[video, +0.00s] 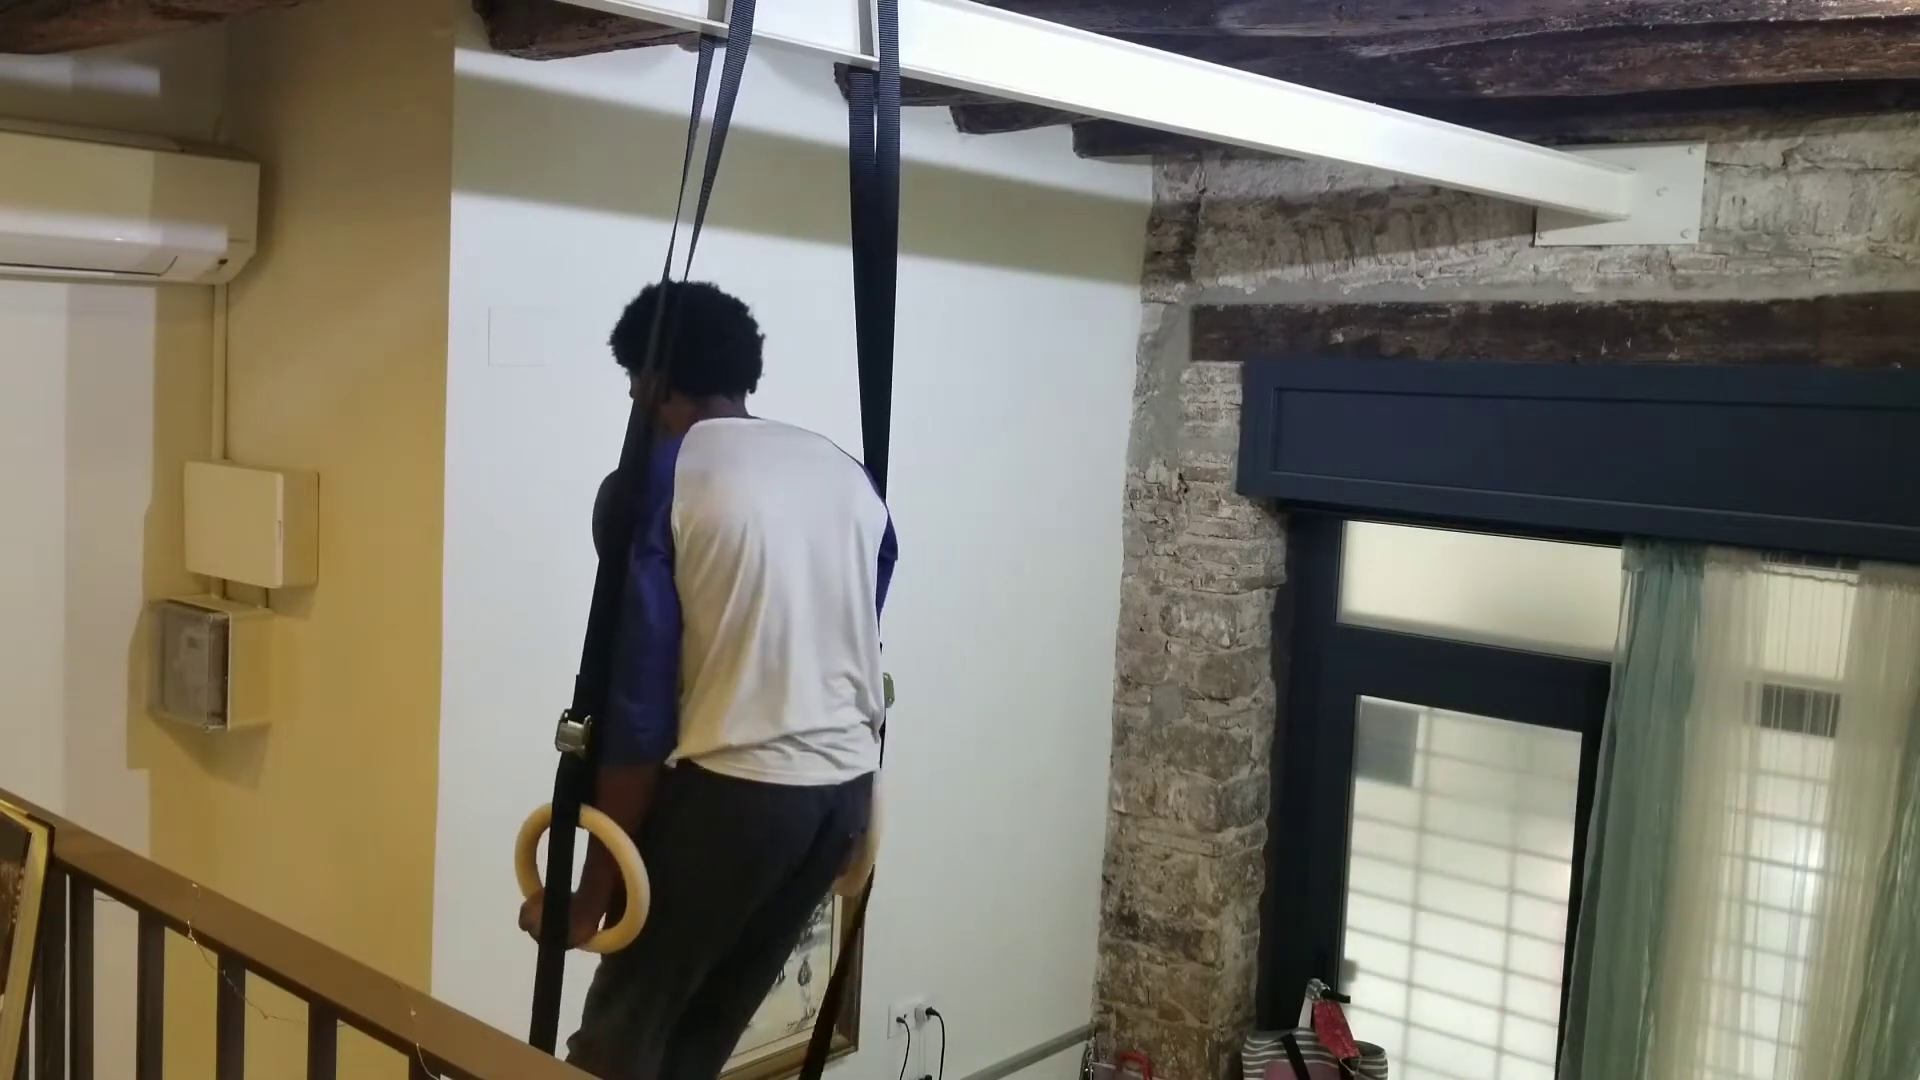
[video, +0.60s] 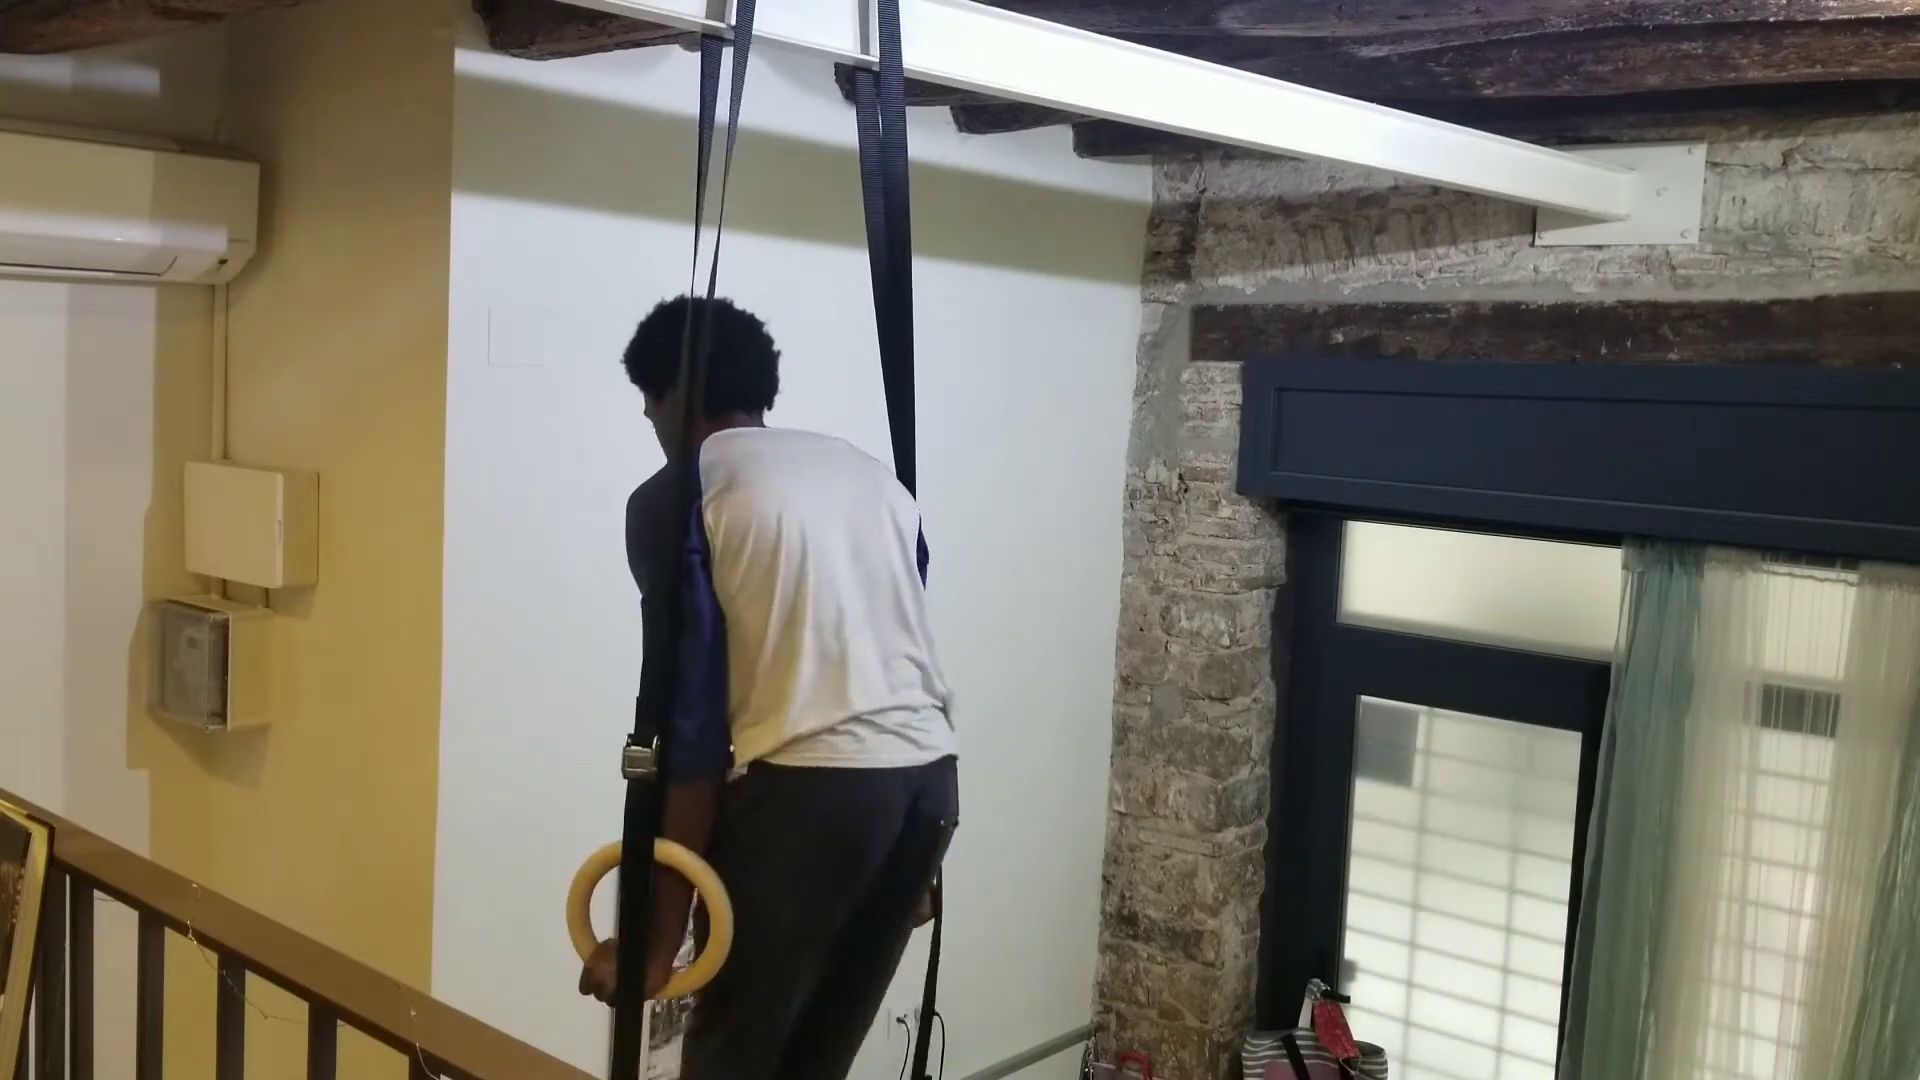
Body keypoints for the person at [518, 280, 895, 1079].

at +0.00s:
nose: (631, 399)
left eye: (633, 378)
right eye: (631, 378)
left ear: (657, 375)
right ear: (741, 376)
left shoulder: (657, 478)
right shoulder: (845, 472)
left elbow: (643, 694)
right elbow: (859, 637)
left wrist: (600, 867)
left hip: (726, 800)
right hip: (837, 805)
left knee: (621, 1035)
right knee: (702, 1042)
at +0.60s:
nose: (653, 425)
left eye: (653, 403)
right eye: (648, 407)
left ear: (682, 388)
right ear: (755, 383)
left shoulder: (677, 494)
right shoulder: (878, 478)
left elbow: (693, 728)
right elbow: (916, 664)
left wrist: (654, 946)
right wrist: (924, 859)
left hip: (804, 799)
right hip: (924, 797)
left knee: (733, 1056)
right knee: (819, 1058)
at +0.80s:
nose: (646, 441)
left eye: (643, 421)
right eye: (641, 422)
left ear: (667, 408)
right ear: (751, 398)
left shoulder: (677, 499)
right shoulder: (868, 470)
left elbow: (705, 737)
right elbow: (902, 661)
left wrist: (671, 956)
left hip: (826, 788)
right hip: (945, 781)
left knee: (778, 1055)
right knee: (875, 1054)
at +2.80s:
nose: (609, 471)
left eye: (604, 456)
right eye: (601, 459)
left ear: (626, 427)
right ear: (702, 408)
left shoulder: (629, 499)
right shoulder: (827, 481)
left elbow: (639, 680)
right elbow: (853, 658)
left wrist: (648, 862)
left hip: (758, 814)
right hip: (873, 805)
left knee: (771, 1061)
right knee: (878, 1062)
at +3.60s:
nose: (614, 448)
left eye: (610, 430)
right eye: (610, 432)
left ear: (631, 421)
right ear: (714, 405)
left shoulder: (630, 503)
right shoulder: (831, 492)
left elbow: (633, 714)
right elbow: (876, 682)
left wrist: (634, 921)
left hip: (757, 798)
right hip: (878, 783)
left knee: (815, 1056)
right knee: (938, 1047)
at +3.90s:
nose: (634, 447)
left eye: (632, 428)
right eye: (629, 429)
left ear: (656, 422)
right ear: (739, 407)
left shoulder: (656, 499)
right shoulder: (844, 486)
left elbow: (653, 729)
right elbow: (901, 680)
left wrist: (623, 941)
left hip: (799, 810)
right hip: (920, 799)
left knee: (803, 1062)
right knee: (908, 1060)